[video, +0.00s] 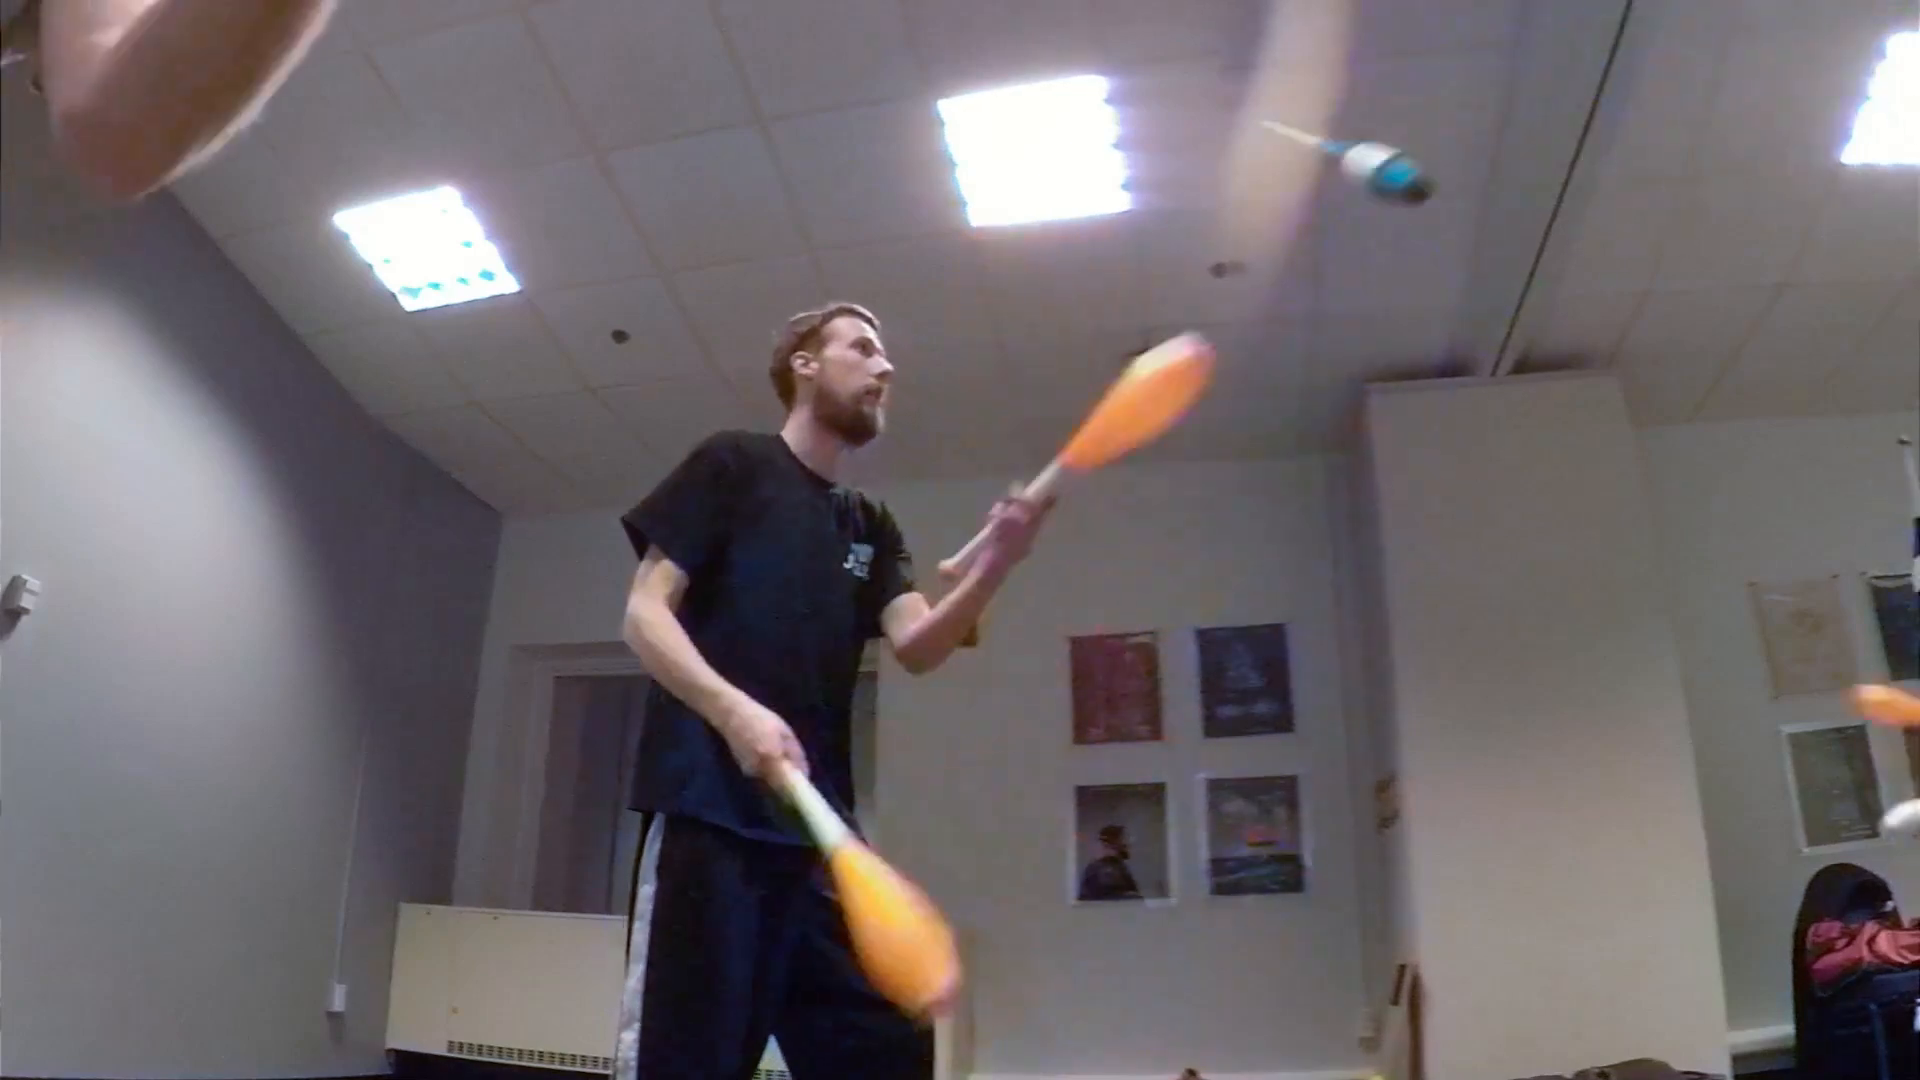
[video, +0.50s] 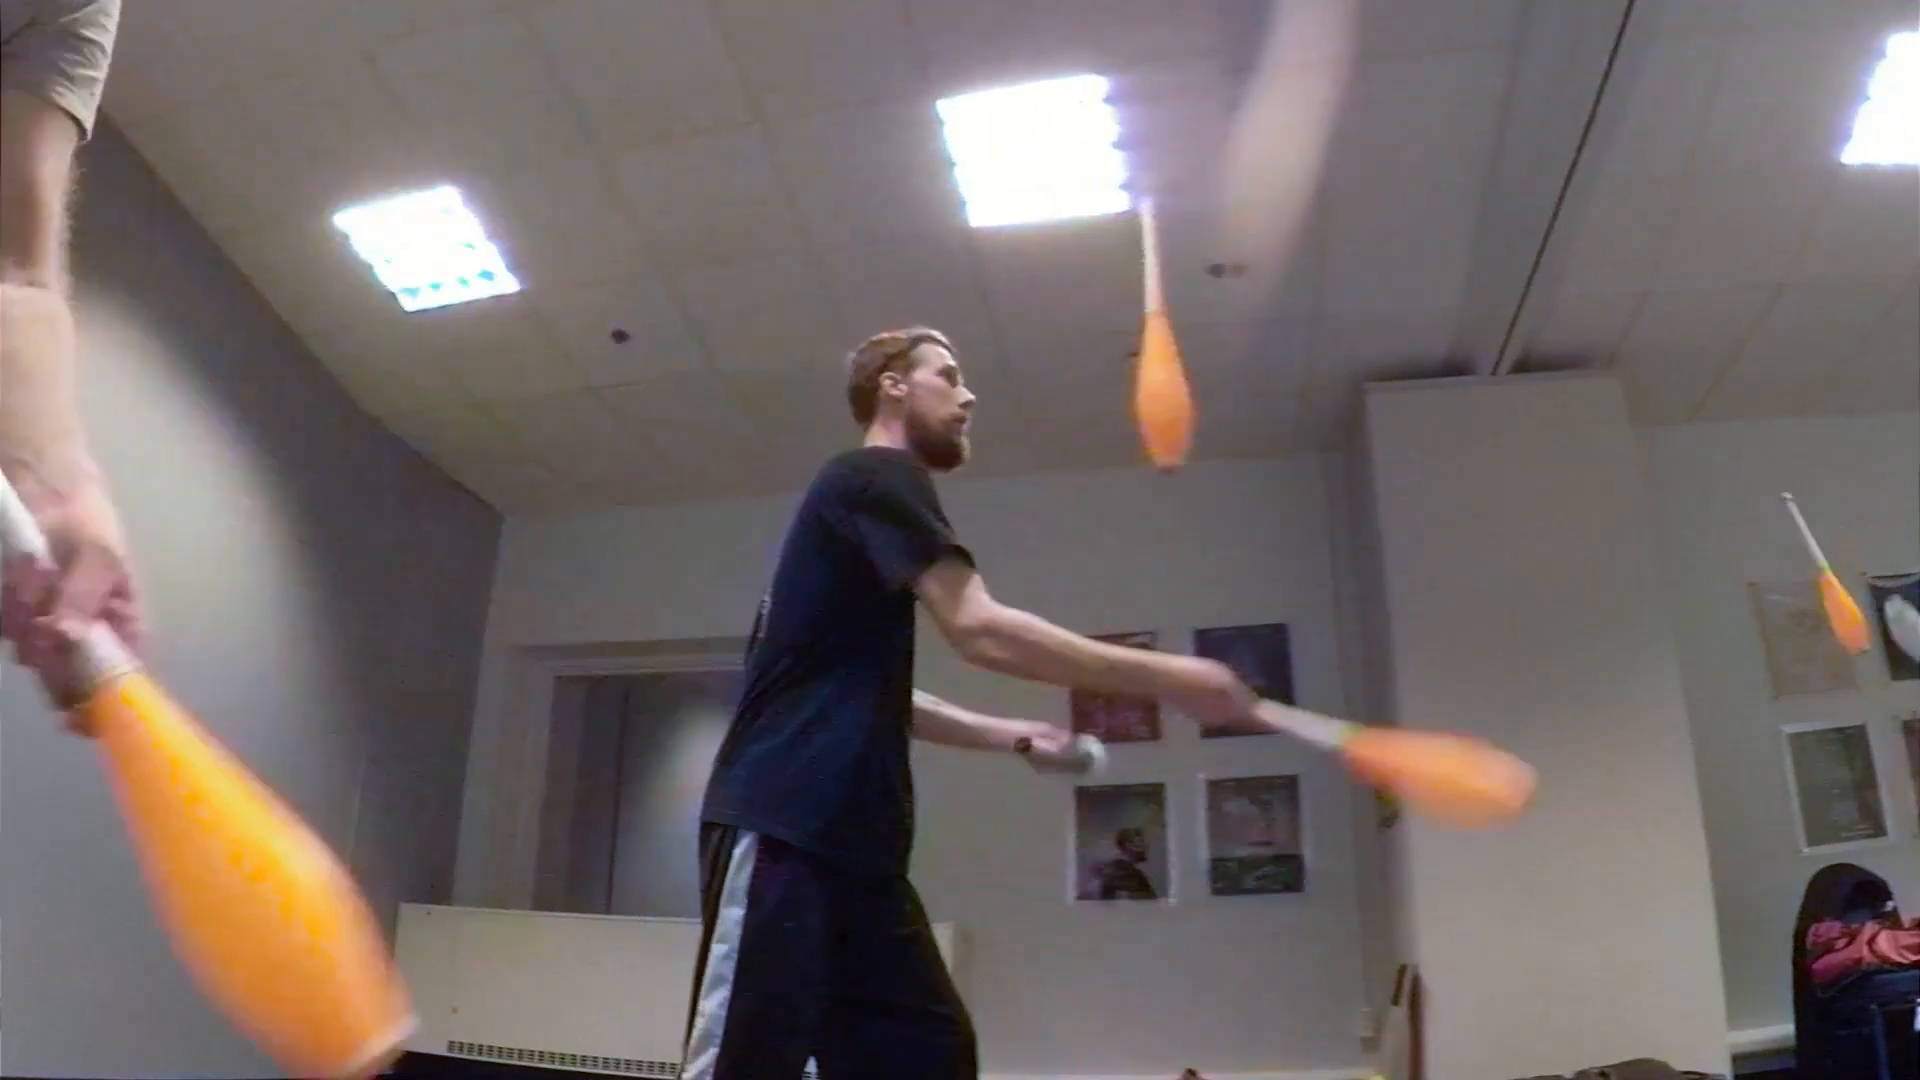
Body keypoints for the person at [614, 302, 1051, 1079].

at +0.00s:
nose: (885, 367)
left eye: (884, 357)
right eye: (862, 348)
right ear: (802, 365)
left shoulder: (867, 524)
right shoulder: (731, 463)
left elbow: (918, 644)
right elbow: (644, 614)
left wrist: (992, 558)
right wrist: (734, 712)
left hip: (822, 836)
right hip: (709, 825)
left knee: (883, 1046)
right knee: (694, 1056)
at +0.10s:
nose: (888, 371)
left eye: (886, 359)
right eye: (863, 352)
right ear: (804, 370)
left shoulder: (871, 524)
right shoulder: (741, 474)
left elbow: (966, 611)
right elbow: (667, 631)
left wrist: (1042, 501)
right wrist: (735, 779)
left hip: (832, 843)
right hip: (718, 831)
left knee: (892, 1053)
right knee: (681, 1060)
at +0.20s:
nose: (895, 381)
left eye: (894, 369)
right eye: (873, 361)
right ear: (813, 377)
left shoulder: (875, 532)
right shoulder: (762, 485)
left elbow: (988, 592)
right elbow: (717, 660)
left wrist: (1079, 472)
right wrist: (770, 827)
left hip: (842, 846)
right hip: (744, 841)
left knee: (918, 1053)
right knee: (711, 1065)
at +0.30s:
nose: (915, 384)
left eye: (913, 371)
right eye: (893, 365)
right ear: (835, 382)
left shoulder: (868, 533)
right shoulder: (809, 483)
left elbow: (977, 624)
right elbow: (792, 664)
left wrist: (1058, 521)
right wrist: (869, 835)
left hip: (846, 850)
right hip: (770, 841)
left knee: (934, 1050)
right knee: (742, 1064)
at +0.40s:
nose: (943, 389)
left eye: (938, 375)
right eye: (921, 371)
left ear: (877, 390)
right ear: (866, 384)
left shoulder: (853, 491)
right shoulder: (854, 477)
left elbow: (898, 679)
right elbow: (893, 657)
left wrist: (1025, 631)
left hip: (850, 844)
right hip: (784, 838)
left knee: (932, 1054)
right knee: (741, 1063)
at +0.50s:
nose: (967, 396)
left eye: (964, 382)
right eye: (948, 376)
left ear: (899, 394)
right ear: (893, 387)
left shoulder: (869, 502)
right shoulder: (871, 477)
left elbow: (876, 700)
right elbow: (978, 627)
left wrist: (1016, 735)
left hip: (851, 840)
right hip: (786, 826)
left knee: (927, 1052)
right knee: (739, 1060)